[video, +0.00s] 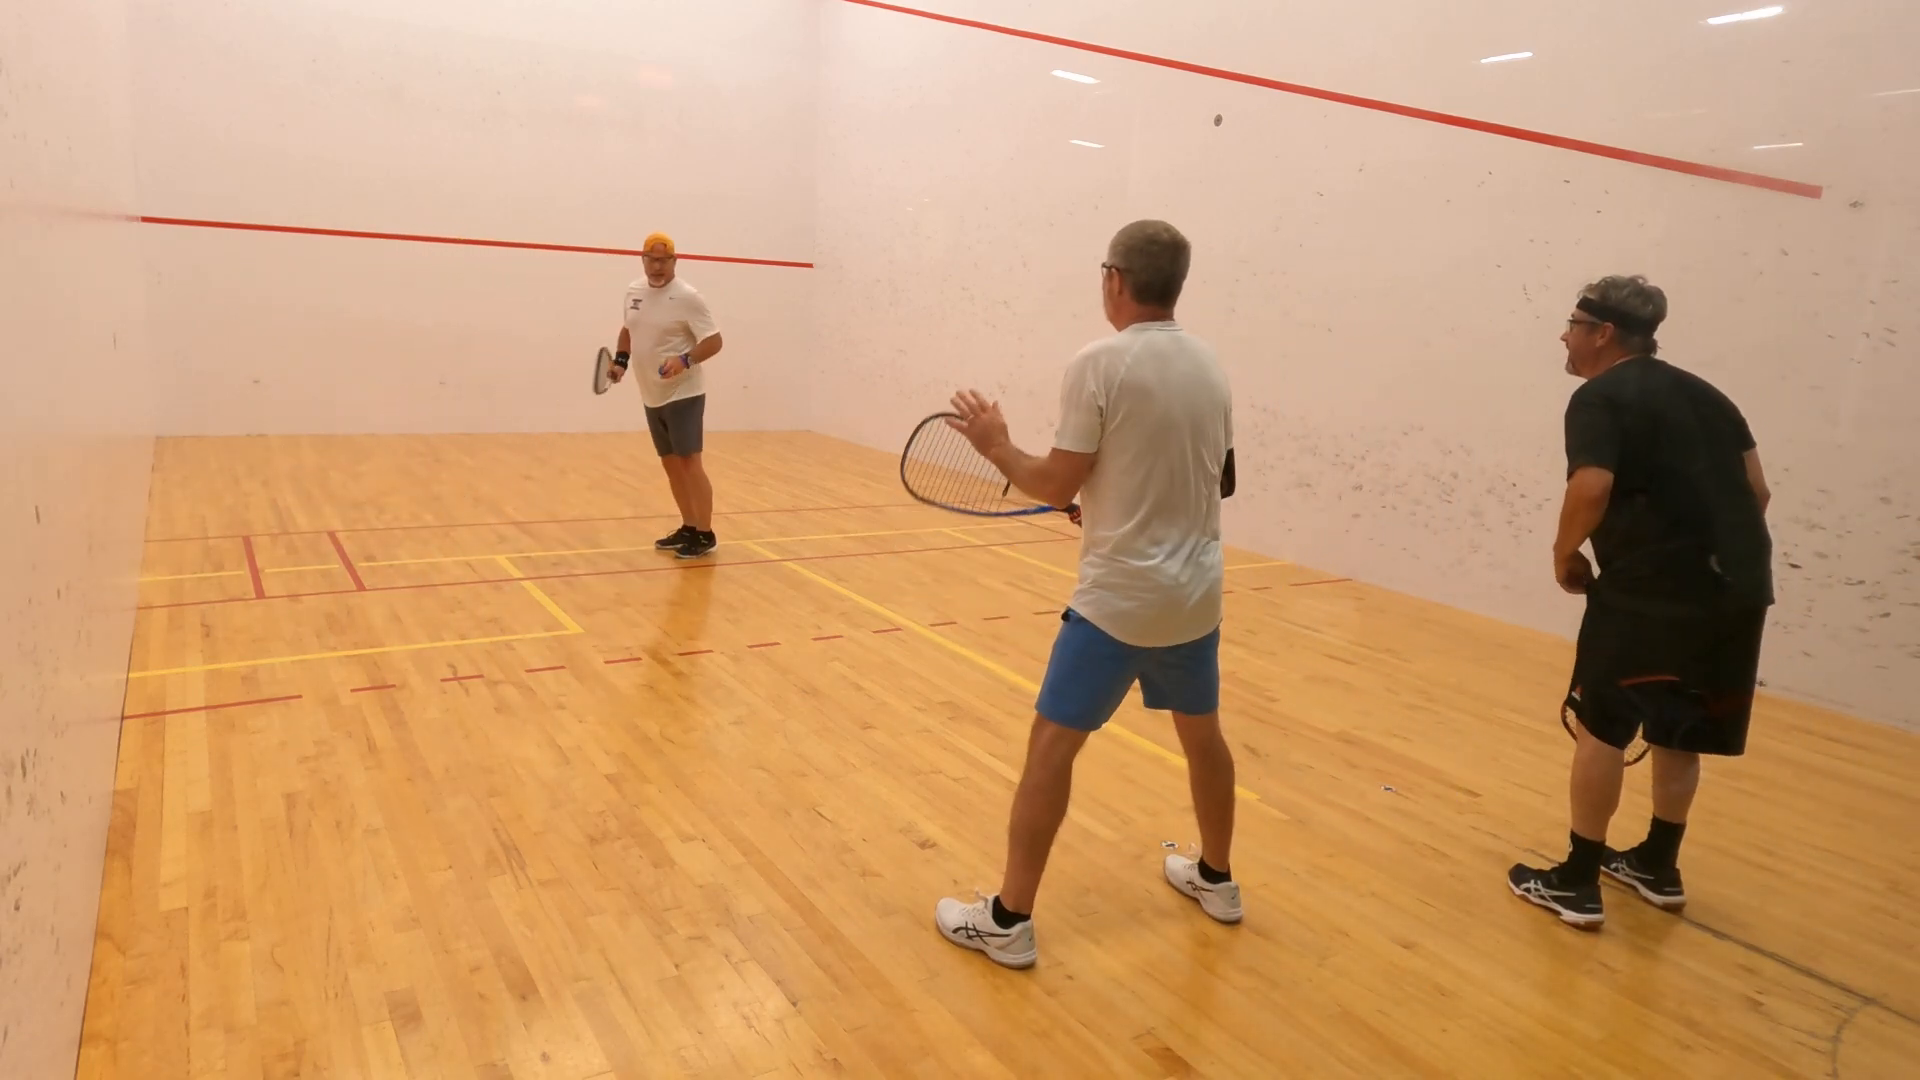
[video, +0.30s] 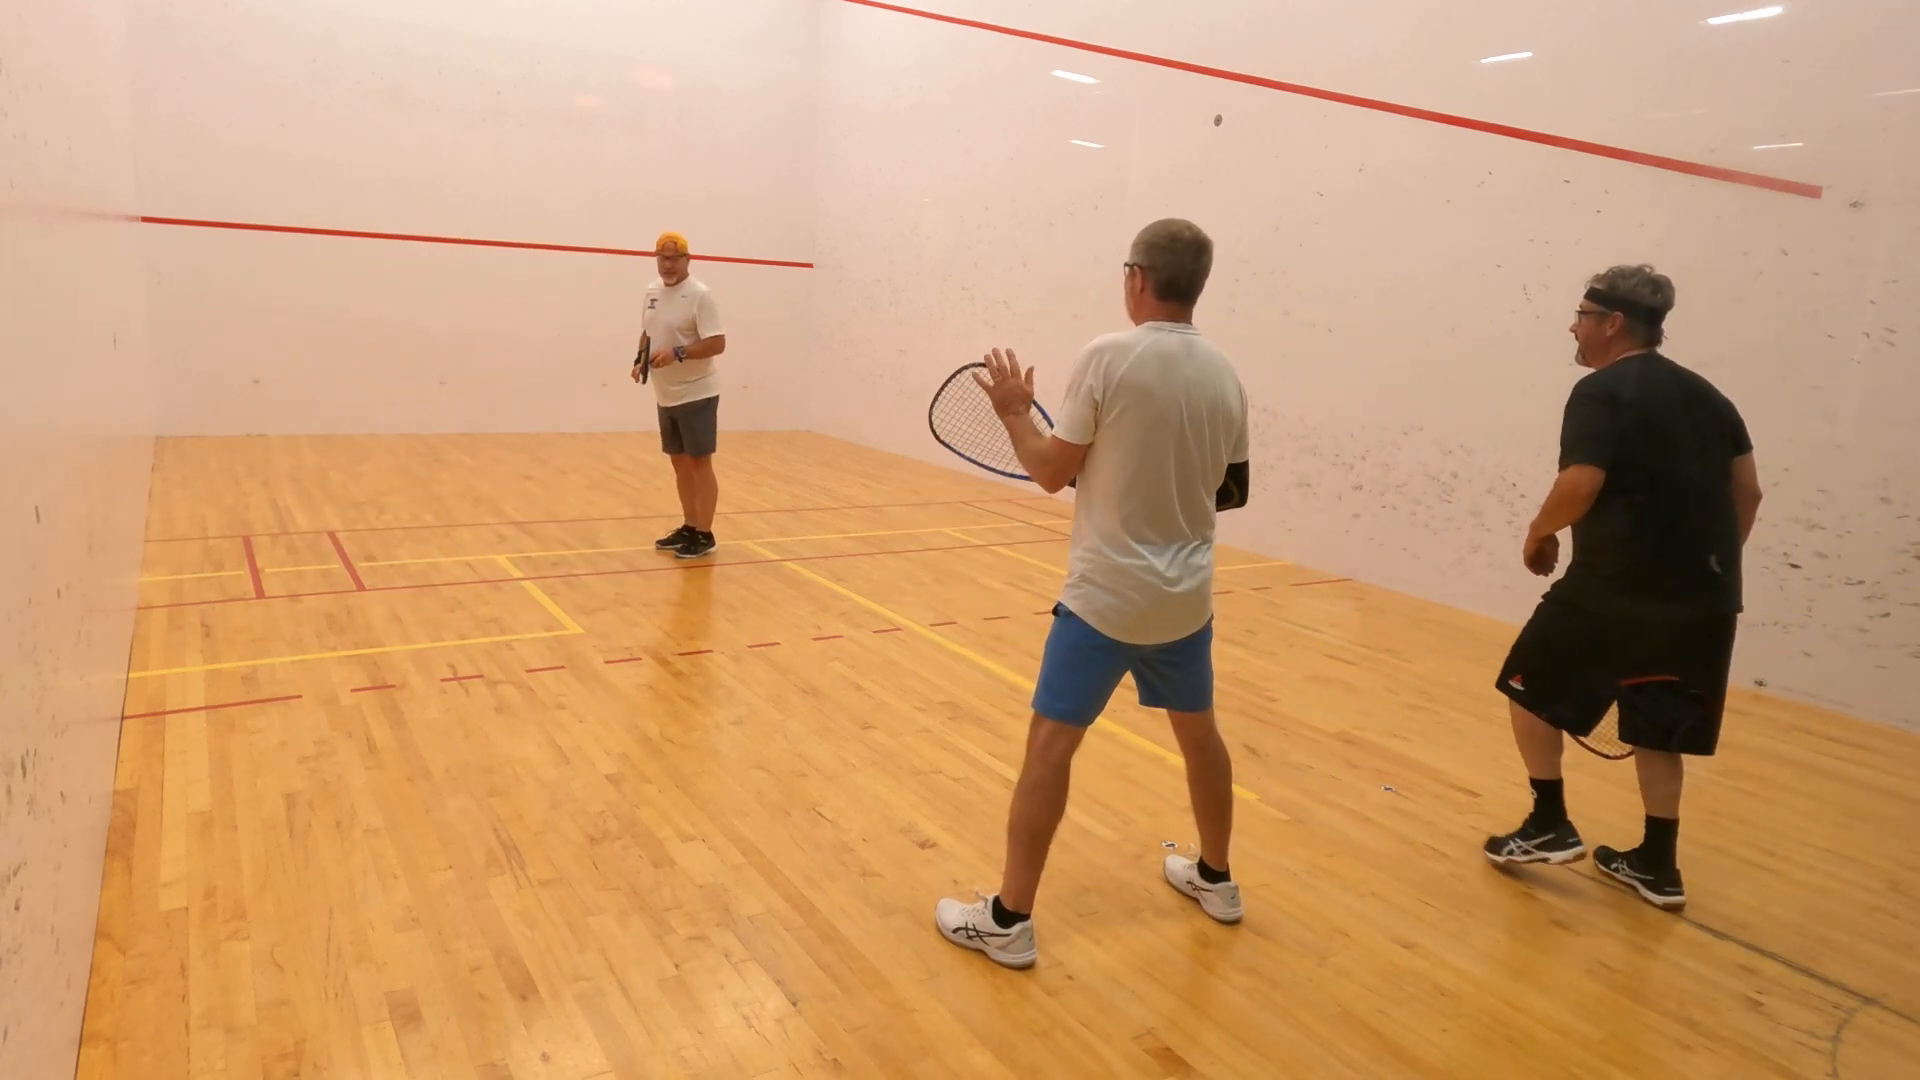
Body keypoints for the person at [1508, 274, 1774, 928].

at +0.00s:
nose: (1564, 335)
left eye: (1574, 325)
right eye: (1569, 323)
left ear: (1605, 334)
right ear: (1629, 337)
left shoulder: (1598, 397)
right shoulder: (1709, 396)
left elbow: (1591, 485)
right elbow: (1755, 491)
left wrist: (1566, 551)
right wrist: (1721, 564)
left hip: (1644, 591)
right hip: (1727, 598)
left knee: (1601, 722)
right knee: (1678, 723)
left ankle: (1578, 878)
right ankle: (1659, 863)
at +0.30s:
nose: (1573, 326)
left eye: (1584, 315)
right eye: (1578, 313)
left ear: (1618, 325)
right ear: (1644, 328)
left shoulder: (1600, 391)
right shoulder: (1709, 397)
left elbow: (1581, 481)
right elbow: (1747, 493)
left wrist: (1542, 531)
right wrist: (1712, 566)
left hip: (1610, 594)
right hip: (1698, 602)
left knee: (1531, 687)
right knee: (1657, 718)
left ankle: (1549, 823)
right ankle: (1658, 861)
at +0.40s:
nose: (1561, 327)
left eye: (1570, 316)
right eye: (1565, 315)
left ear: (1600, 325)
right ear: (1623, 329)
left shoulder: (1585, 393)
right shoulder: (1693, 399)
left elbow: (1570, 483)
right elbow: (1724, 495)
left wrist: (1524, 530)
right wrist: (1691, 560)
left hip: (1594, 592)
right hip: (1679, 602)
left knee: (1506, 674)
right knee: (1647, 722)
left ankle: (1488, 803)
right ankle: (1657, 861)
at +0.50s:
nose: (1539, 330)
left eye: (1549, 320)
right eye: (1544, 318)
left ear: (1579, 331)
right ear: (1608, 334)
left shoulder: (1565, 398)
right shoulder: (1666, 404)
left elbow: (1549, 487)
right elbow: (1693, 499)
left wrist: (1503, 531)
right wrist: (1655, 562)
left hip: (1568, 595)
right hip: (1652, 604)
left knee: (1485, 669)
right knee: (1632, 722)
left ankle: (1435, 775)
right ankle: (1655, 861)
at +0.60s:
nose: (1509, 328)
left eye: (1518, 319)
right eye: (1514, 316)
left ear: (1546, 331)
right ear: (1570, 336)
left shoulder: (1534, 399)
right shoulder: (1630, 402)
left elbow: (1523, 489)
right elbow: (1654, 495)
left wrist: (1475, 530)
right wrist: (1610, 546)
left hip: (1539, 588)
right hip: (1618, 595)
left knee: (1459, 665)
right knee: (1618, 714)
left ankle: (1419, 773)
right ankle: (1653, 857)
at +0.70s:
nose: (1474, 323)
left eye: (1484, 315)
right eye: (1480, 312)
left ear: (1510, 328)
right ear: (1536, 331)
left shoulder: (1498, 398)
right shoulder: (1587, 397)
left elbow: (1488, 488)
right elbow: (1613, 486)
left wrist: (1440, 529)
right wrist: (1574, 543)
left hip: (1502, 576)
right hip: (1576, 584)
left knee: (1429, 656)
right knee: (1588, 701)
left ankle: (1410, 771)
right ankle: (1645, 838)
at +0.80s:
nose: (1441, 315)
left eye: (1450, 307)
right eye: (1446, 305)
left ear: (1475, 321)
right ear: (1499, 324)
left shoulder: (1464, 390)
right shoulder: (1551, 388)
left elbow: (1452, 478)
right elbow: (1573, 474)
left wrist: (1405, 515)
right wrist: (1547, 534)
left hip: (1462, 566)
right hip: (1534, 570)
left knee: (1410, 661)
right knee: (1523, 676)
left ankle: (1407, 773)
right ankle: (1604, 792)